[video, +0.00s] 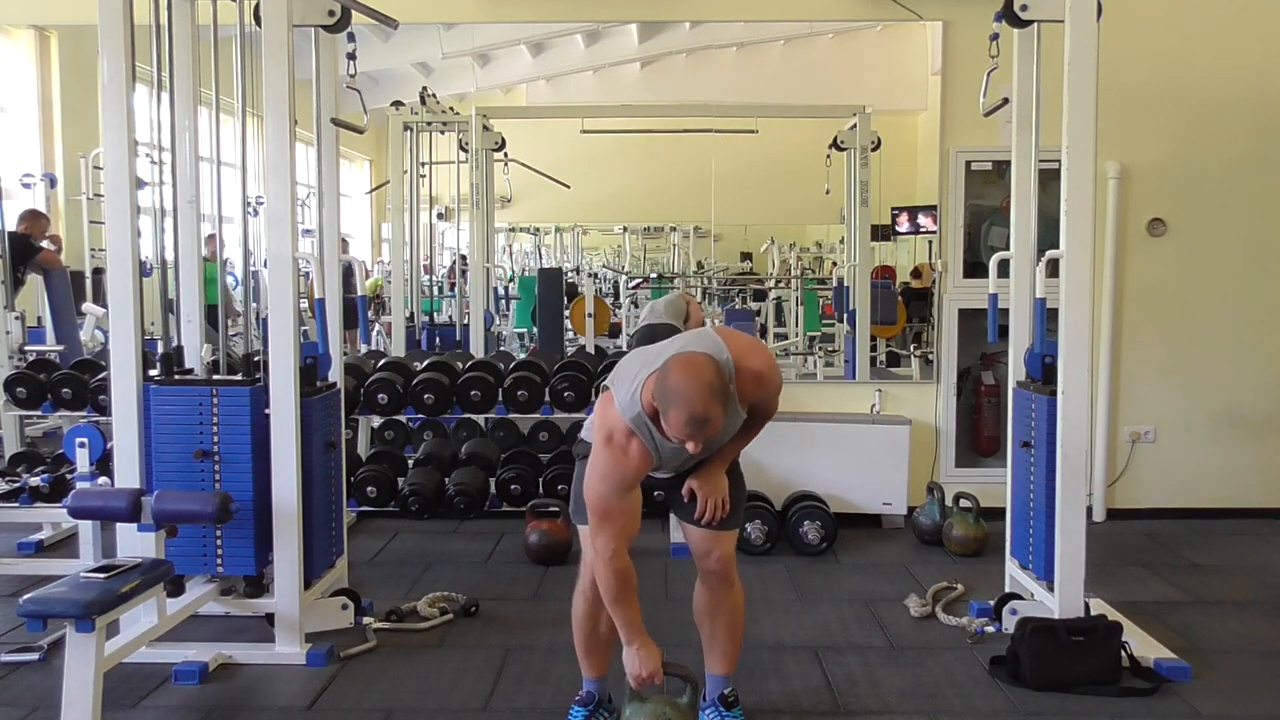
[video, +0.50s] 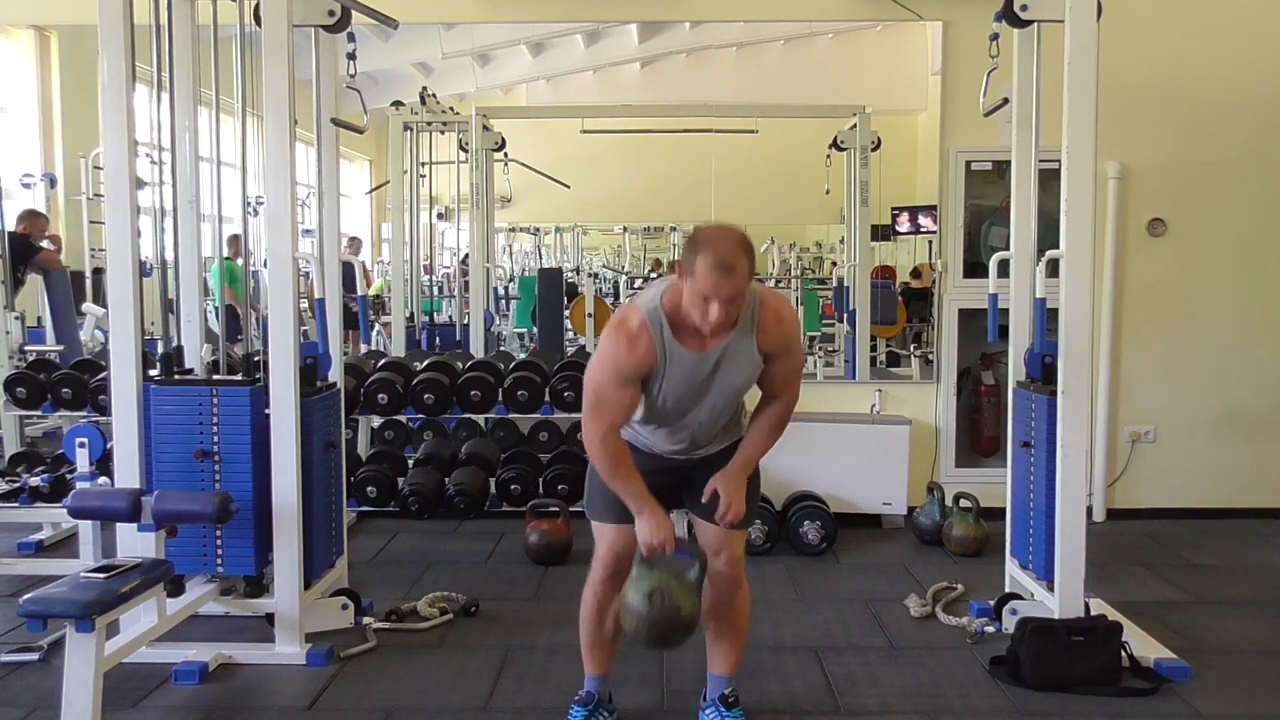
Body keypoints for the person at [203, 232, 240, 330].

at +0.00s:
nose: (215, 248)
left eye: (218, 244)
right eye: (213, 244)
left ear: (223, 246)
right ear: (207, 246)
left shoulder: (224, 264)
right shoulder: (202, 263)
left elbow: (226, 286)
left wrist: (230, 306)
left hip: (220, 305)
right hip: (205, 305)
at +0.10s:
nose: (229, 246)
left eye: (228, 243)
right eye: (225, 243)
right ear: (216, 245)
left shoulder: (225, 267)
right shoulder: (206, 264)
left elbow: (231, 290)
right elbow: (202, 287)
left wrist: (238, 308)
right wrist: (202, 308)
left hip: (224, 306)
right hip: (211, 305)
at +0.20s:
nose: (233, 246)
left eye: (232, 242)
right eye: (229, 242)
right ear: (221, 244)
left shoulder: (229, 266)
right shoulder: (211, 264)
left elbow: (235, 290)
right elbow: (208, 289)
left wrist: (245, 306)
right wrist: (213, 308)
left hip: (227, 306)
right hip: (215, 305)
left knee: (226, 339)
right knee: (216, 339)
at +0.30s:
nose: (235, 248)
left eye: (236, 245)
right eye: (232, 244)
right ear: (224, 245)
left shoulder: (232, 267)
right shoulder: (212, 263)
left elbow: (238, 290)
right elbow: (211, 288)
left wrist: (250, 306)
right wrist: (223, 305)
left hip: (229, 306)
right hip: (215, 306)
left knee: (229, 339)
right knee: (219, 340)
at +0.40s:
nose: (237, 249)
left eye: (238, 246)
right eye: (234, 245)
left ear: (239, 248)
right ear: (226, 245)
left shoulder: (233, 266)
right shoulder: (215, 264)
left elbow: (240, 291)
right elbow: (216, 288)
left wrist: (253, 305)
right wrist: (232, 305)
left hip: (231, 307)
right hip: (220, 306)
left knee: (233, 343)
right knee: (236, 342)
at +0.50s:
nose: (244, 249)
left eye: (244, 245)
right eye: (242, 245)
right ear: (235, 245)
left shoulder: (237, 266)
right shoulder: (225, 265)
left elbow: (245, 292)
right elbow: (227, 292)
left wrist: (256, 308)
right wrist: (239, 308)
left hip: (237, 306)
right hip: (227, 306)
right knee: (234, 342)